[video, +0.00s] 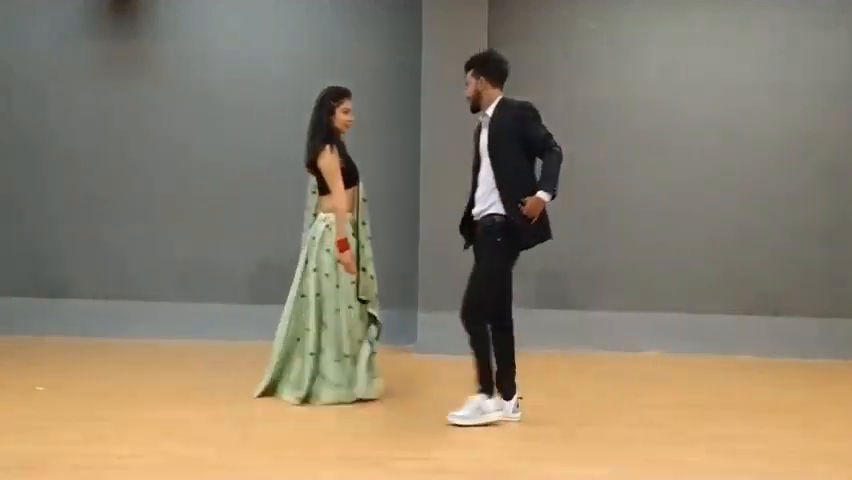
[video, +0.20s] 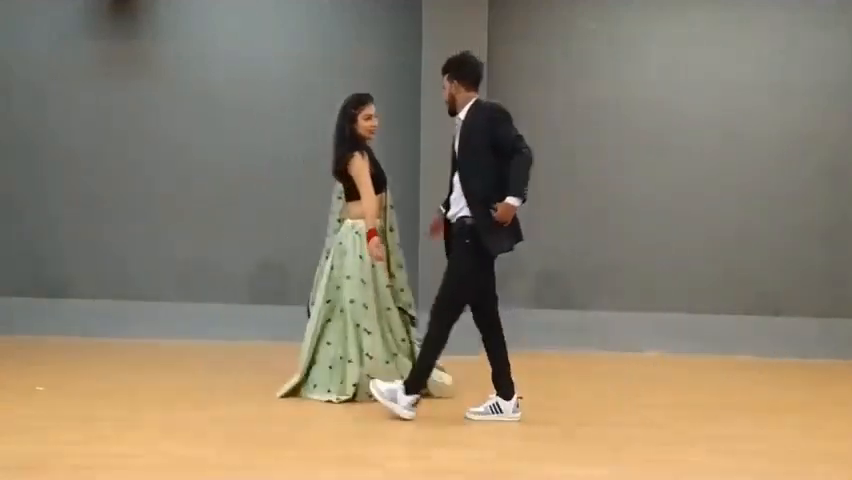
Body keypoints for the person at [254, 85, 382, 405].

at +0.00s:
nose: (350, 117)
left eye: (351, 111)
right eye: (345, 112)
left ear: (337, 114)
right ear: (329, 114)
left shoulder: (334, 149)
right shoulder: (328, 151)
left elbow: (338, 200)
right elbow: (339, 200)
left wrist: (346, 242)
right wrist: (344, 244)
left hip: (338, 234)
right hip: (334, 236)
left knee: (340, 308)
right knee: (337, 309)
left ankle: (338, 377)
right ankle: (335, 379)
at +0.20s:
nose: (374, 123)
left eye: (374, 118)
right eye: (367, 118)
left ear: (371, 121)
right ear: (352, 121)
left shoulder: (361, 155)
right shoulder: (356, 157)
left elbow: (367, 196)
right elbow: (367, 196)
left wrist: (374, 230)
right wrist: (372, 234)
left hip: (360, 234)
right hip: (359, 235)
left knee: (363, 305)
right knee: (361, 305)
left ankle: (361, 373)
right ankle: (360, 374)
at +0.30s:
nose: (386, 123)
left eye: (388, 117)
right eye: (380, 118)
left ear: (387, 120)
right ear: (364, 123)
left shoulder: (376, 154)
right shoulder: (371, 156)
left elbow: (386, 191)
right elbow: (380, 190)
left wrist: (398, 213)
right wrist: (385, 217)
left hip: (379, 231)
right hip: (376, 234)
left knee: (380, 305)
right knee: (378, 305)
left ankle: (379, 374)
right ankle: (380, 375)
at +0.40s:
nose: (399, 120)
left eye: (399, 114)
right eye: (392, 115)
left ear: (399, 118)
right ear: (377, 120)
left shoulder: (394, 152)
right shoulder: (386, 153)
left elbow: (403, 193)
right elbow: (391, 183)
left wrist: (415, 204)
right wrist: (390, 201)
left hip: (401, 232)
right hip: (392, 233)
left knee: (399, 305)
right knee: (392, 304)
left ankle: (397, 373)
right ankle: (391, 375)